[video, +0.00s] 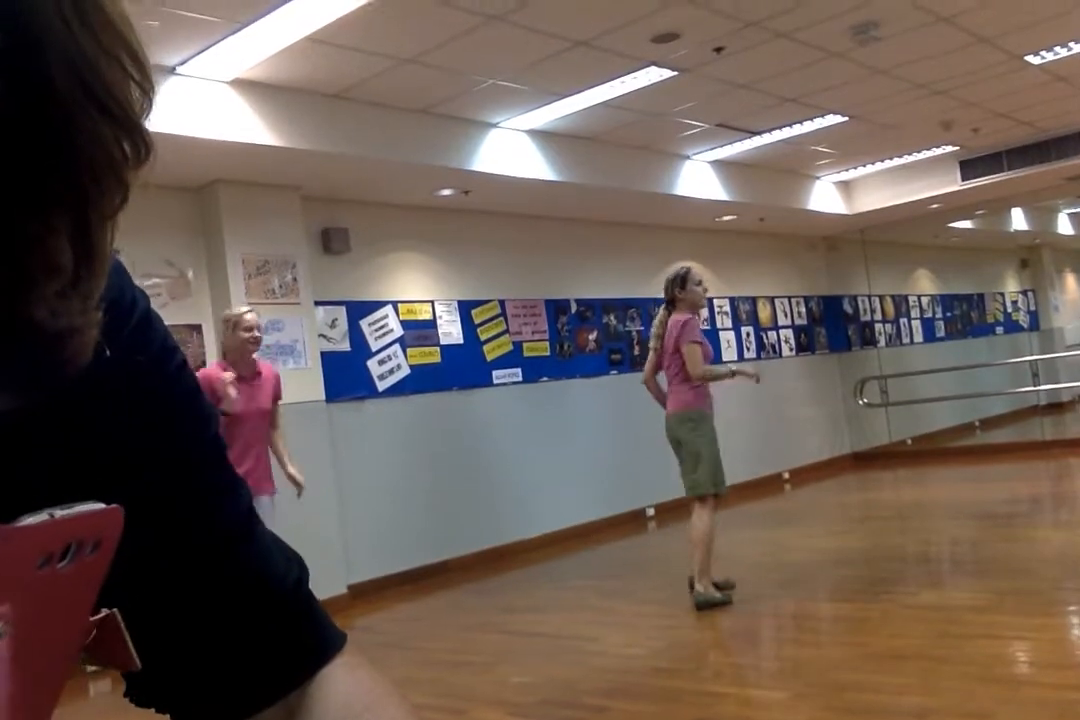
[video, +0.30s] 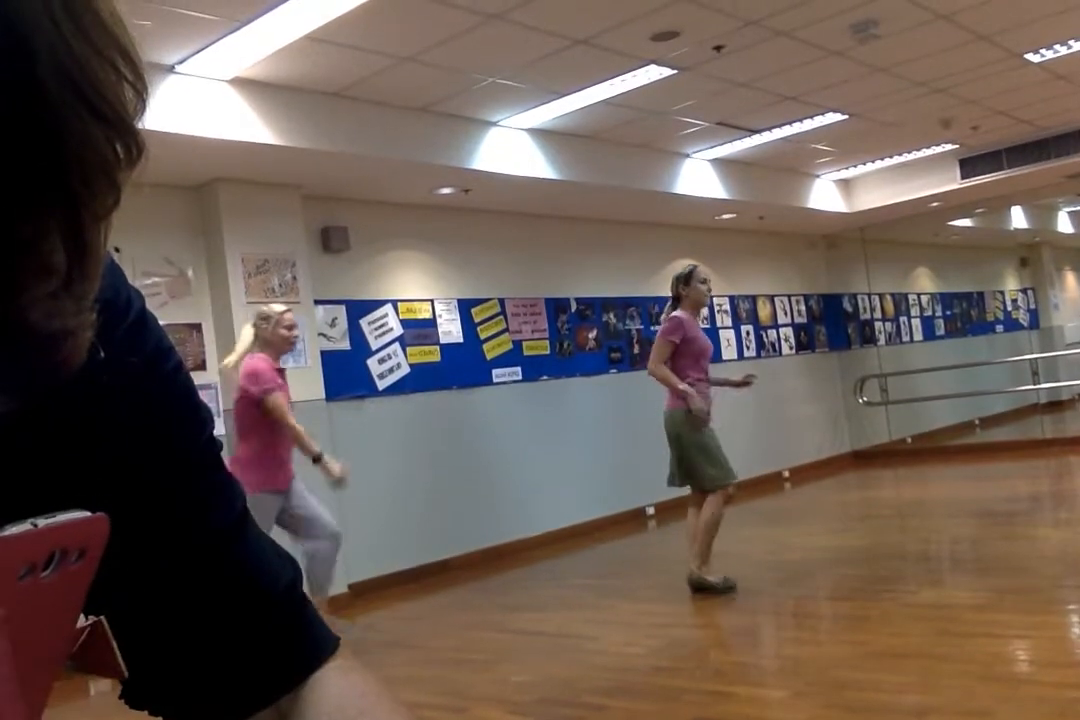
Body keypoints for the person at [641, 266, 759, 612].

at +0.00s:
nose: (704, 290)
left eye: (702, 285)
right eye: (698, 286)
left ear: (679, 294)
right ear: (681, 292)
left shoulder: (667, 325)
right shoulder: (687, 323)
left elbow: (649, 377)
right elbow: (697, 371)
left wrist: (670, 404)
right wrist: (735, 370)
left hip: (679, 414)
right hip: (693, 414)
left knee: (704, 500)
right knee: (705, 501)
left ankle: (702, 577)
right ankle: (702, 585)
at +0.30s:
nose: (709, 288)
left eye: (709, 283)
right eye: (703, 283)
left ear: (697, 291)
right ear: (684, 289)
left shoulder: (691, 325)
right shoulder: (677, 322)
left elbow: (695, 376)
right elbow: (655, 366)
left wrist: (732, 382)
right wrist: (688, 391)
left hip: (690, 413)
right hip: (685, 414)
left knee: (699, 495)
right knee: (722, 488)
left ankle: (698, 569)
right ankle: (698, 568)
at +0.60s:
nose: (713, 293)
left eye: (713, 288)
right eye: (707, 288)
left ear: (702, 296)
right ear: (688, 293)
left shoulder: (694, 328)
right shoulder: (678, 326)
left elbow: (692, 372)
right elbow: (672, 374)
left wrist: (725, 375)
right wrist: (713, 372)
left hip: (699, 419)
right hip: (684, 420)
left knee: (727, 490)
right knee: (703, 495)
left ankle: (703, 563)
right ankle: (696, 572)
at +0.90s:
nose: (710, 299)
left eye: (711, 293)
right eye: (704, 293)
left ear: (702, 299)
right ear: (686, 298)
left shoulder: (695, 332)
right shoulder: (679, 331)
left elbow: (700, 383)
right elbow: (675, 382)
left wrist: (730, 392)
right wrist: (712, 403)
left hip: (701, 418)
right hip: (686, 420)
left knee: (714, 495)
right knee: (698, 497)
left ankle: (706, 570)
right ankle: (697, 576)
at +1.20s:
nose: (712, 299)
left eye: (712, 294)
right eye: (706, 293)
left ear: (705, 298)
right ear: (687, 297)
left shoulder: (702, 334)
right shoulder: (675, 332)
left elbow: (716, 375)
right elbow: (653, 375)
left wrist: (758, 379)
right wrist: (669, 413)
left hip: (703, 421)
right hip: (687, 421)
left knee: (702, 497)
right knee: (719, 489)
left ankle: (703, 567)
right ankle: (704, 567)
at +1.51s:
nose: (726, 295)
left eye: (726, 290)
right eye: (720, 290)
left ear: (714, 297)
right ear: (700, 294)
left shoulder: (716, 329)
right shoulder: (680, 331)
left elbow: (713, 373)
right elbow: (674, 377)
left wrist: (720, 408)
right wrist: (695, 386)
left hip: (718, 417)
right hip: (692, 421)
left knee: (742, 486)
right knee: (704, 496)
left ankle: (721, 555)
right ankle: (704, 568)